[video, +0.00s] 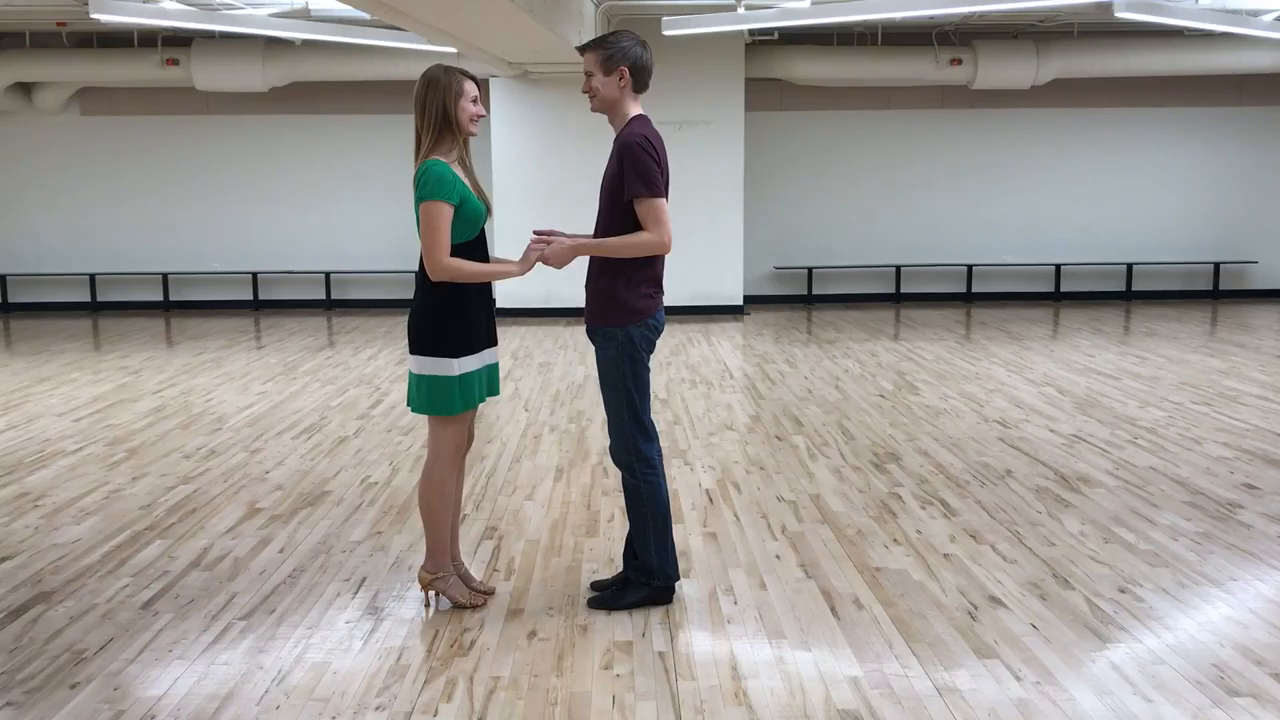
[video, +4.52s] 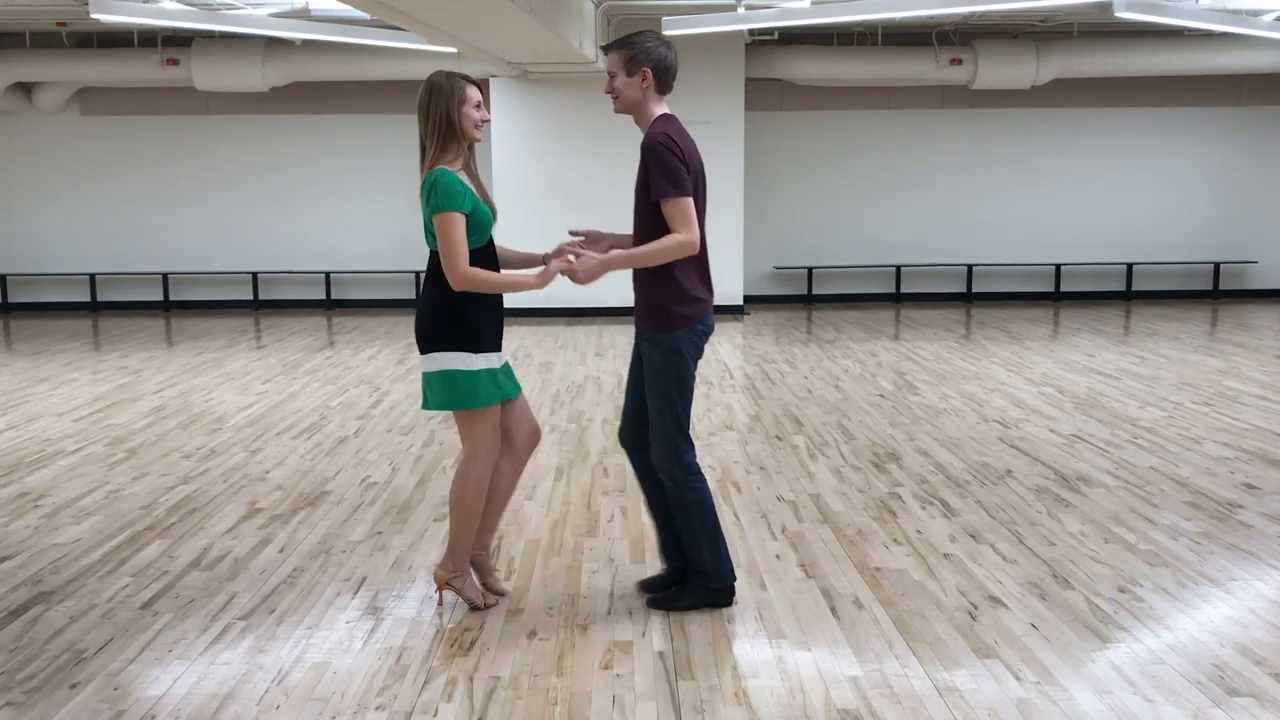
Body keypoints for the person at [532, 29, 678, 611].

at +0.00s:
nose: (584, 86)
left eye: (590, 75)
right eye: (584, 76)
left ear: (620, 76)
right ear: (621, 77)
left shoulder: (636, 142)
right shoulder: (630, 138)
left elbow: (659, 239)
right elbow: (636, 235)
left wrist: (578, 245)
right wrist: (573, 243)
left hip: (627, 320)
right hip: (621, 317)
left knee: (635, 450)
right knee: (632, 448)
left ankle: (654, 576)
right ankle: (645, 569)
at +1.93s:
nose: (592, 89)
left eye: (597, 78)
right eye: (591, 78)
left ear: (628, 77)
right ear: (628, 80)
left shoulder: (647, 138)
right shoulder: (645, 135)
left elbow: (672, 233)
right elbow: (651, 228)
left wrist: (592, 221)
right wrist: (588, 217)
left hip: (649, 320)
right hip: (634, 318)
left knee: (651, 446)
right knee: (614, 436)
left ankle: (714, 570)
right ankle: (644, 566)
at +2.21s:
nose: (616, 92)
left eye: (622, 81)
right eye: (615, 82)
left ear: (656, 81)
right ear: (653, 84)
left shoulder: (673, 143)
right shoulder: (669, 139)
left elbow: (702, 238)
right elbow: (676, 235)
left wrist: (622, 259)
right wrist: (616, 240)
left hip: (686, 324)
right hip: (672, 323)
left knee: (672, 447)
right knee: (646, 439)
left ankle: (716, 578)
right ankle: (717, 557)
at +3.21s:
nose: (573, 85)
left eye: (580, 74)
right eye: (573, 75)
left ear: (612, 77)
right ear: (612, 79)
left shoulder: (628, 139)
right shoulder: (625, 136)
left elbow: (648, 240)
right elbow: (626, 233)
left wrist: (574, 235)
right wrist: (568, 234)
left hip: (622, 318)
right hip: (615, 315)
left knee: (600, 446)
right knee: (607, 443)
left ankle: (678, 556)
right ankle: (630, 566)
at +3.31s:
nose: (565, 84)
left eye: (572, 74)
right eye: (566, 74)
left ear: (603, 77)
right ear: (604, 78)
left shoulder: (620, 143)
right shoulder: (616, 139)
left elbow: (641, 242)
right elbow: (619, 236)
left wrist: (560, 251)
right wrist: (556, 254)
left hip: (610, 320)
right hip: (611, 316)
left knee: (570, 442)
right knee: (606, 436)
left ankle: (628, 569)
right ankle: (637, 567)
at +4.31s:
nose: (586, 85)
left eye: (591, 74)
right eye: (586, 74)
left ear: (623, 74)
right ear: (622, 77)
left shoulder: (641, 136)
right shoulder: (640, 133)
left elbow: (667, 231)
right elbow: (641, 226)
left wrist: (587, 224)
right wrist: (581, 214)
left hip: (645, 320)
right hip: (629, 317)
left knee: (654, 445)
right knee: (609, 434)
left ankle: (710, 570)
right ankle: (630, 563)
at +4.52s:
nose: (607, 88)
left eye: (613, 77)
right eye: (607, 78)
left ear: (645, 78)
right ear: (645, 80)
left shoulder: (663, 141)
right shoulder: (663, 137)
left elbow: (687, 239)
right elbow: (667, 236)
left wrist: (607, 263)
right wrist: (607, 241)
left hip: (677, 322)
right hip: (660, 320)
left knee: (668, 446)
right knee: (636, 436)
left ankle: (713, 580)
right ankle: (685, 565)